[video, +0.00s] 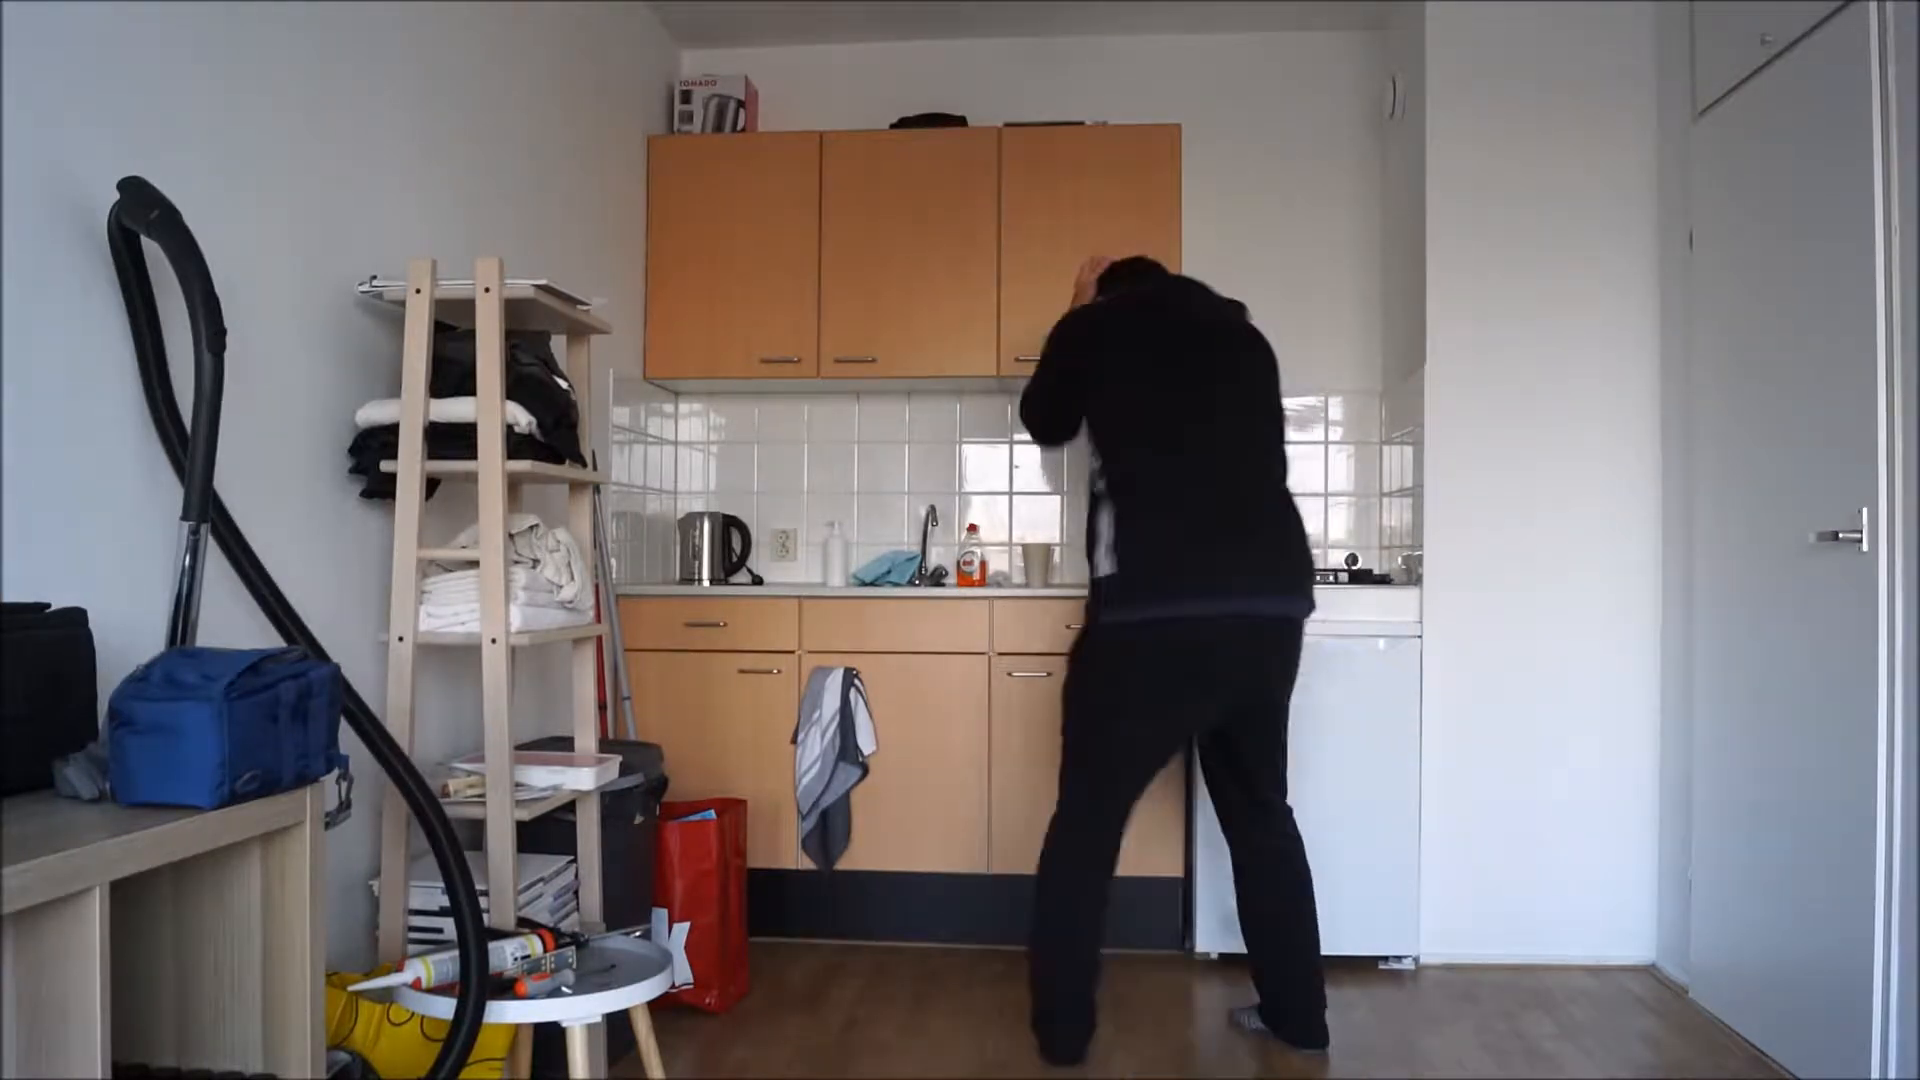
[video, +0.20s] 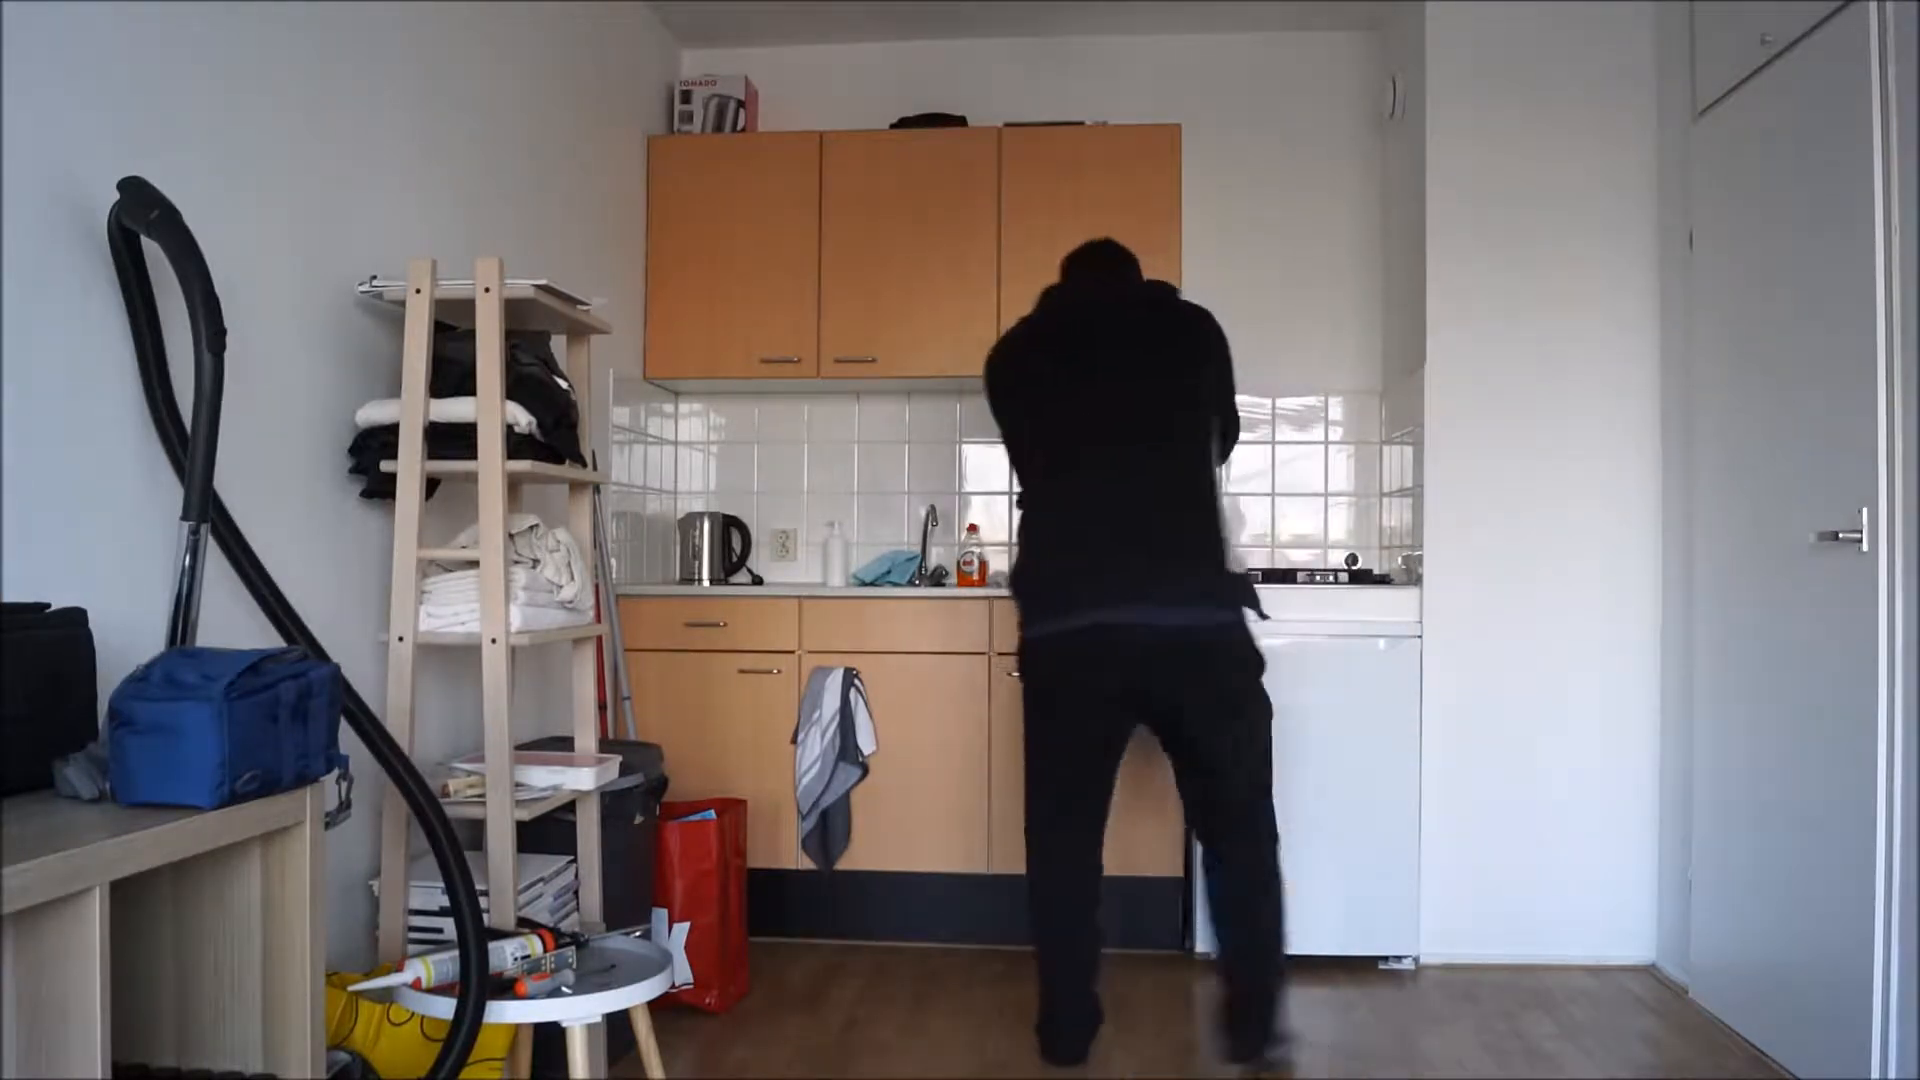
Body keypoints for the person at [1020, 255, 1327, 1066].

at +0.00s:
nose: (1090, 293)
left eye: (1093, 288)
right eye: (1098, 287)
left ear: (1107, 292)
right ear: (1174, 285)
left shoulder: (1092, 332)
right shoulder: (1246, 337)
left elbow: (1046, 422)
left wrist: (1077, 318)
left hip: (1151, 613)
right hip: (1267, 610)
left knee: (1087, 817)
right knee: (1259, 807)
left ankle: (1063, 1028)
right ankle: (1300, 1015)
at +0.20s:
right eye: (1135, 272)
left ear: (1061, 284)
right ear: (1140, 278)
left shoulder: (1013, 352)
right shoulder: (1191, 325)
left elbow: (1034, 465)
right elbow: (1220, 435)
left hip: (1071, 631)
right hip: (1192, 626)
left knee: (1062, 836)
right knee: (1239, 824)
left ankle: (1065, 1032)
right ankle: (1252, 1029)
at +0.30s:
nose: (1133, 273)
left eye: (1115, 267)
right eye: (1132, 264)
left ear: (1049, 271)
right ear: (1128, 269)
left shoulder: (998, 344)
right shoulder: (1168, 314)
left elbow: (1016, 462)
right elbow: (1216, 429)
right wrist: (1153, 354)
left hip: (1046, 618)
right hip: (1156, 613)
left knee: (1061, 820)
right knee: (1217, 791)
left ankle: (1064, 1027)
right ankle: (1149, 1010)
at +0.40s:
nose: (1138, 277)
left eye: (1130, 267)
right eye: (1135, 266)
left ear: (1047, 263)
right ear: (1119, 263)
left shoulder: (985, 337)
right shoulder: (1141, 319)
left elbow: (1007, 452)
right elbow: (1211, 411)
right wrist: (1163, 313)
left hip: (1016, 616)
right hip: (1114, 615)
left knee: (1059, 811)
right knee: (1156, 803)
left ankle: (1062, 1024)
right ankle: (1015, 1014)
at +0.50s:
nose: (1141, 284)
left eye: (1139, 272)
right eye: (1138, 273)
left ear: (1051, 263)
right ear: (1112, 266)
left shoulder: (982, 336)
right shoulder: (1122, 322)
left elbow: (993, 456)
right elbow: (1207, 412)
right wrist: (1161, 312)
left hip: (993, 613)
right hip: (1082, 615)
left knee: (1063, 819)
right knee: (1101, 827)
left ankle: (1072, 1025)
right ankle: (966, 1045)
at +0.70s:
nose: (1157, 313)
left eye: (1160, 298)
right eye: (1154, 297)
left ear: (1089, 274)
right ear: (1109, 280)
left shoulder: (1020, 318)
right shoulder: (1068, 328)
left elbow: (1131, 440)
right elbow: (1166, 439)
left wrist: (1140, 342)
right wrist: (1167, 336)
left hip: (1007, 619)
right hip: (1002, 624)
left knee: (1082, 794)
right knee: (1052, 822)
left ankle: (1038, 996)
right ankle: (959, 1056)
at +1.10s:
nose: (1154, 322)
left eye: (1153, 307)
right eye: (1148, 306)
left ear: (1095, 293)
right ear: (1106, 294)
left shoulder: (1070, 353)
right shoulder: (1029, 330)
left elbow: (1145, 444)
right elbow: (1146, 445)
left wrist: (1149, 354)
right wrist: (1168, 348)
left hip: (1007, 624)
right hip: (955, 625)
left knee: (1071, 786)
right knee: (1029, 815)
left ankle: (1030, 973)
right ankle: (958, 1053)